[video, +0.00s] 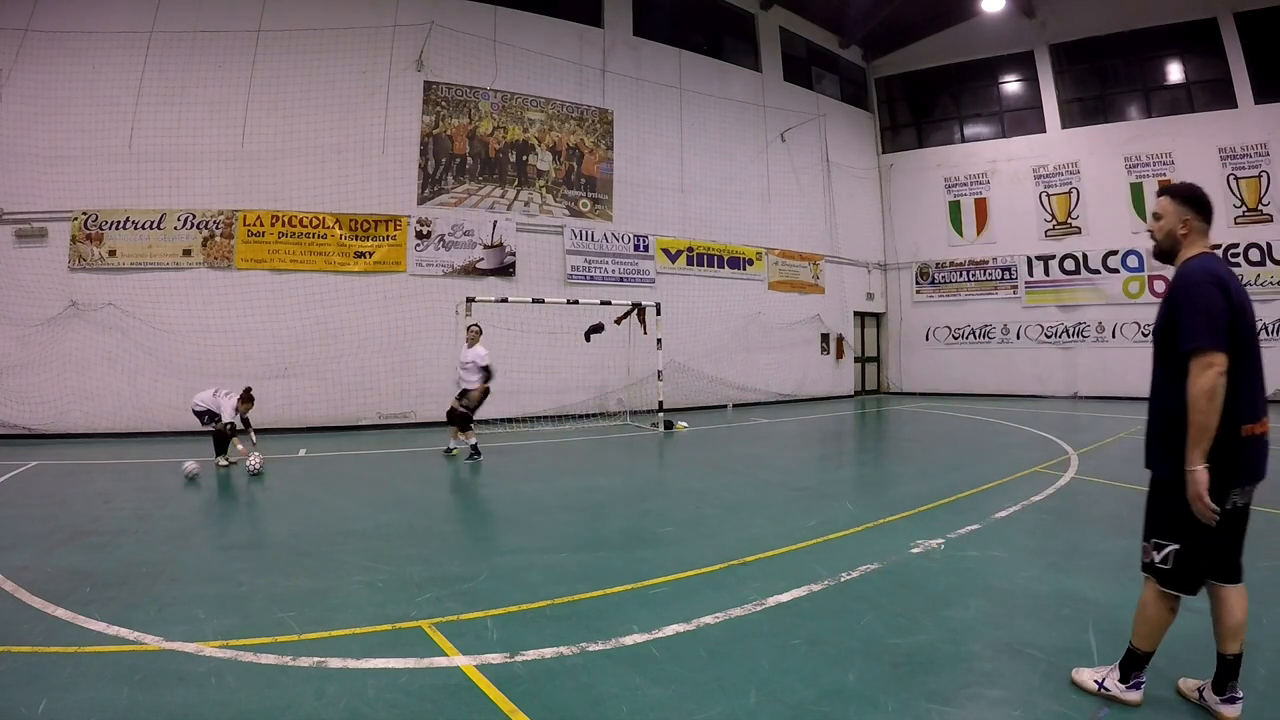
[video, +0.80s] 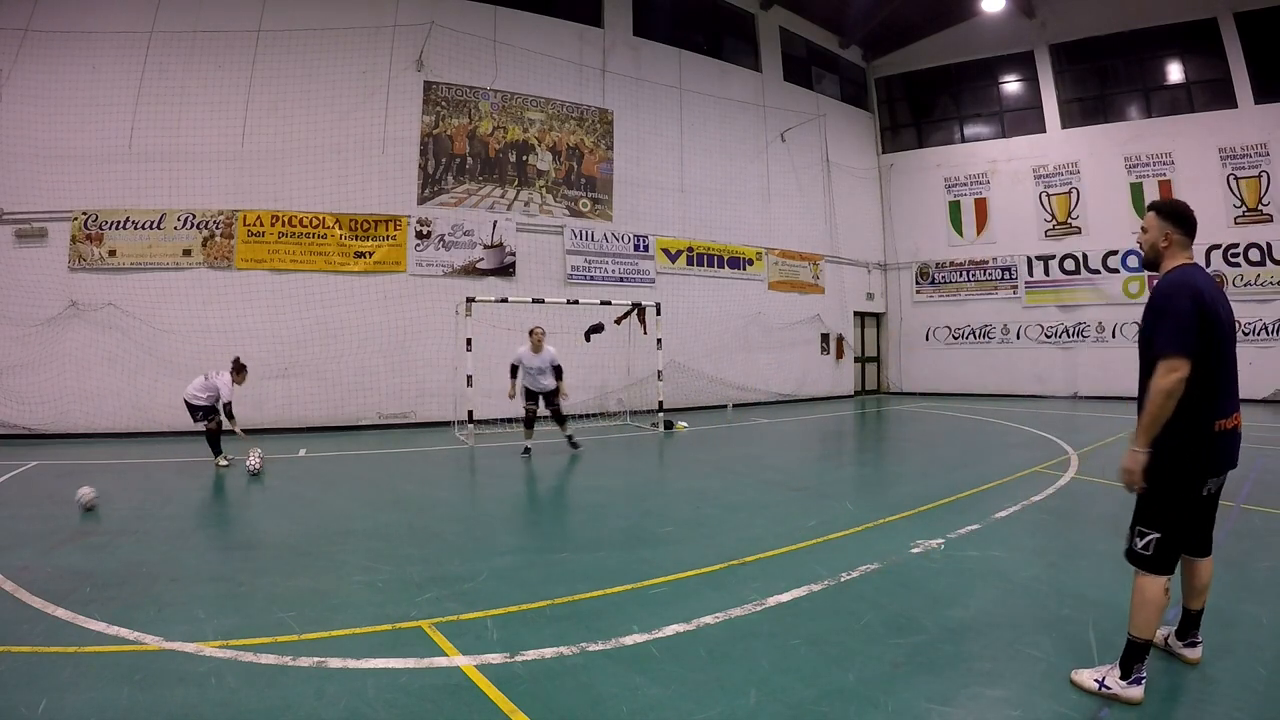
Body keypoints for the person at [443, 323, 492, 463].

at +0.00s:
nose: (473, 334)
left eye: (476, 333)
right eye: (471, 331)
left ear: (479, 336)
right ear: (467, 333)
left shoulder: (481, 352)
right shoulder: (465, 347)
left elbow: (488, 373)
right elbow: (466, 367)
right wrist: (461, 380)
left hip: (476, 389)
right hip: (465, 387)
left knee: (462, 417)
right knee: (452, 414)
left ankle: (475, 450)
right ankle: (452, 446)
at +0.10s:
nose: (480, 331)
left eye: (482, 329)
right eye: (477, 328)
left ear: (486, 332)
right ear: (473, 331)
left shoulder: (490, 348)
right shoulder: (469, 344)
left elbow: (506, 364)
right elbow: (465, 356)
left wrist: (501, 383)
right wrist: (451, 362)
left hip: (487, 386)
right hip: (472, 385)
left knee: (469, 414)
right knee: (459, 413)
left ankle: (475, 449)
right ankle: (466, 442)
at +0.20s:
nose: (488, 327)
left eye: (491, 325)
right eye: (486, 325)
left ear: (494, 329)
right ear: (480, 327)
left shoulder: (500, 345)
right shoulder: (473, 341)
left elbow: (512, 363)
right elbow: (467, 352)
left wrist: (507, 381)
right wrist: (457, 362)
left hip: (495, 383)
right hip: (478, 382)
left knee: (485, 411)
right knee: (472, 414)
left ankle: (485, 441)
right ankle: (482, 435)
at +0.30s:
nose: (499, 331)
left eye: (501, 329)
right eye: (496, 329)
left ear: (504, 332)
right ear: (491, 331)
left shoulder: (508, 350)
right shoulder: (482, 346)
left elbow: (515, 371)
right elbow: (473, 360)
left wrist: (510, 386)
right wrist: (470, 375)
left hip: (503, 386)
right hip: (486, 385)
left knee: (501, 415)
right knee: (484, 418)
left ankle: (513, 439)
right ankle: (486, 444)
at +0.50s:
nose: (517, 331)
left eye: (519, 328)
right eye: (514, 328)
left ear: (522, 332)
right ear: (508, 332)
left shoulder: (528, 348)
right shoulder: (500, 348)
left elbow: (535, 367)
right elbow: (493, 367)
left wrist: (535, 383)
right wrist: (499, 382)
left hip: (526, 386)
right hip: (508, 387)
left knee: (530, 417)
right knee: (502, 418)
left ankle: (540, 442)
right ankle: (492, 444)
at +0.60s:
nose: (524, 326)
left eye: (526, 324)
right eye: (521, 324)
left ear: (529, 328)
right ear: (515, 328)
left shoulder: (535, 342)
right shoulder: (508, 344)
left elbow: (543, 360)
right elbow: (500, 362)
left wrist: (546, 380)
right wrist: (507, 379)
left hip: (534, 382)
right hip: (516, 382)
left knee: (535, 412)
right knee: (513, 413)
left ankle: (543, 438)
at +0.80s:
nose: (539, 337)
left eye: (541, 334)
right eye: (536, 334)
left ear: (544, 337)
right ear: (530, 337)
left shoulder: (550, 352)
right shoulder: (522, 353)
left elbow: (558, 369)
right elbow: (514, 367)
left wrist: (561, 388)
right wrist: (513, 387)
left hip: (549, 387)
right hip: (530, 388)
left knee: (557, 414)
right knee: (530, 416)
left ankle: (569, 436)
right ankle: (527, 446)